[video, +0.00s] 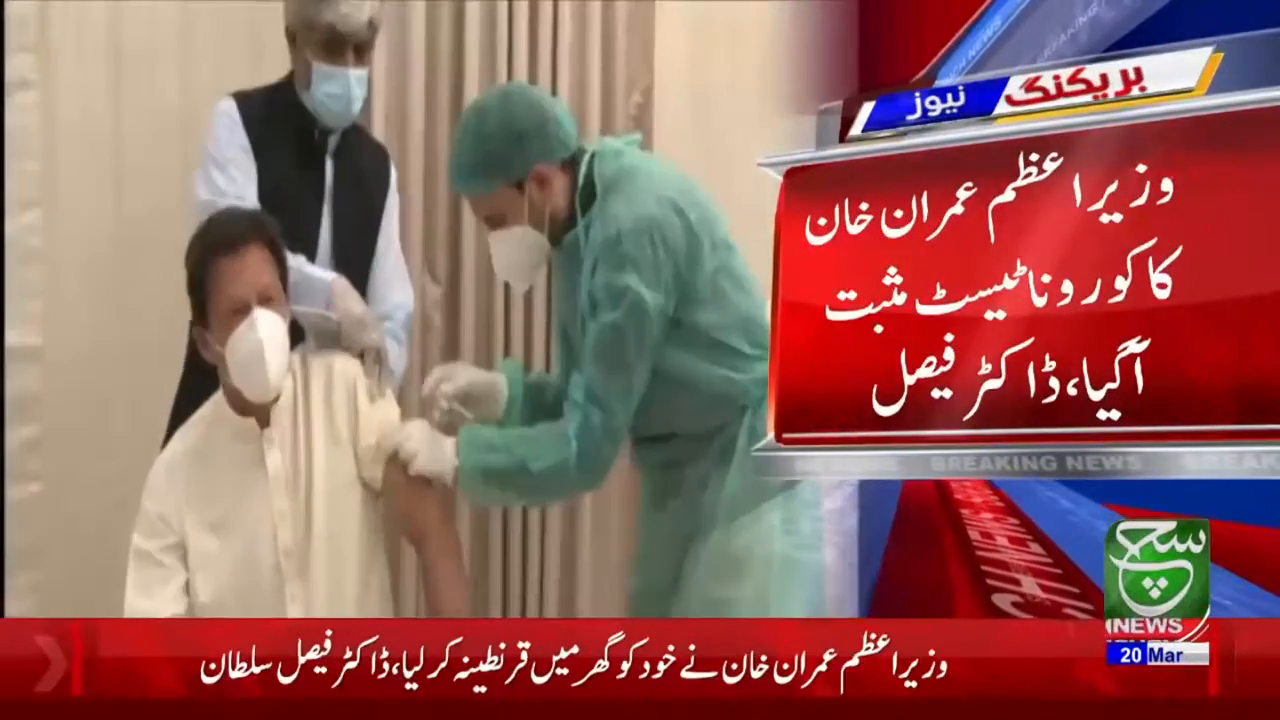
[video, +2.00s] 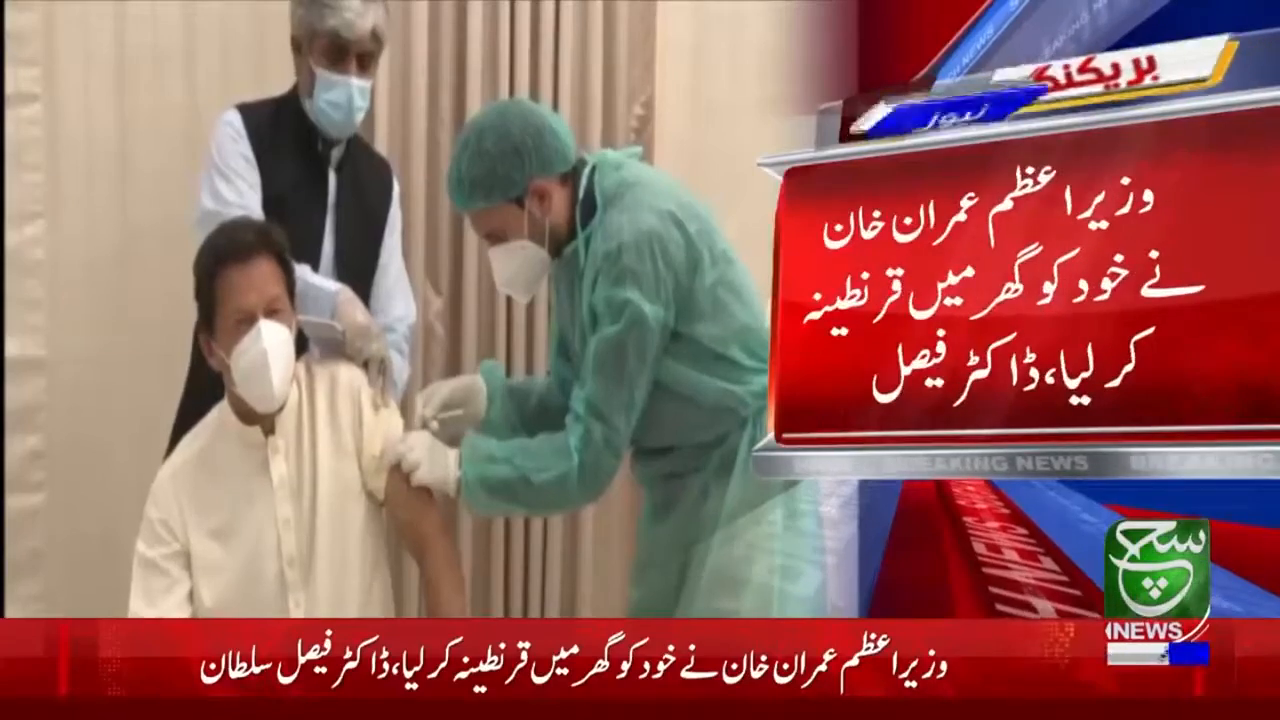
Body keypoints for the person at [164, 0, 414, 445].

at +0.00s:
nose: (347, 74)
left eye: (359, 57)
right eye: (330, 55)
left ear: (372, 54)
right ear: (293, 46)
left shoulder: (376, 163)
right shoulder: (240, 120)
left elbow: (391, 293)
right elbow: (228, 244)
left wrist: (374, 374)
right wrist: (330, 291)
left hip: (332, 388)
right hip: (236, 374)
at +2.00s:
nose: (351, 80)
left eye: (364, 63)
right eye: (335, 60)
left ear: (378, 65)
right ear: (299, 53)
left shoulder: (378, 176)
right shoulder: (244, 131)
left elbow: (395, 309)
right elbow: (234, 255)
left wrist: (378, 394)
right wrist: (335, 302)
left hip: (335, 402)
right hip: (239, 387)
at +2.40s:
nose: (351, 82)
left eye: (365, 66)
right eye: (335, 62)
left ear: (379, 67)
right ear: (300, 53)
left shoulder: (379, 178)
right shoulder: (244, 134)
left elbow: (396, 315)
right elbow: (234, 259)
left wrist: (377, 404)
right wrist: (335, 305)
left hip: (337, 406)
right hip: (240, 390)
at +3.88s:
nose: (351, 90)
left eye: (366, 74)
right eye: (336, 68)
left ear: (380, 78)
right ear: (302, 60)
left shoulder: (379, 189)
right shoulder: (244, 144)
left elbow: (396, 325)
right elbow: (233, 271)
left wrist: (378, 411)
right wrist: (335, 314)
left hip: (335, 418)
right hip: (241, 399)